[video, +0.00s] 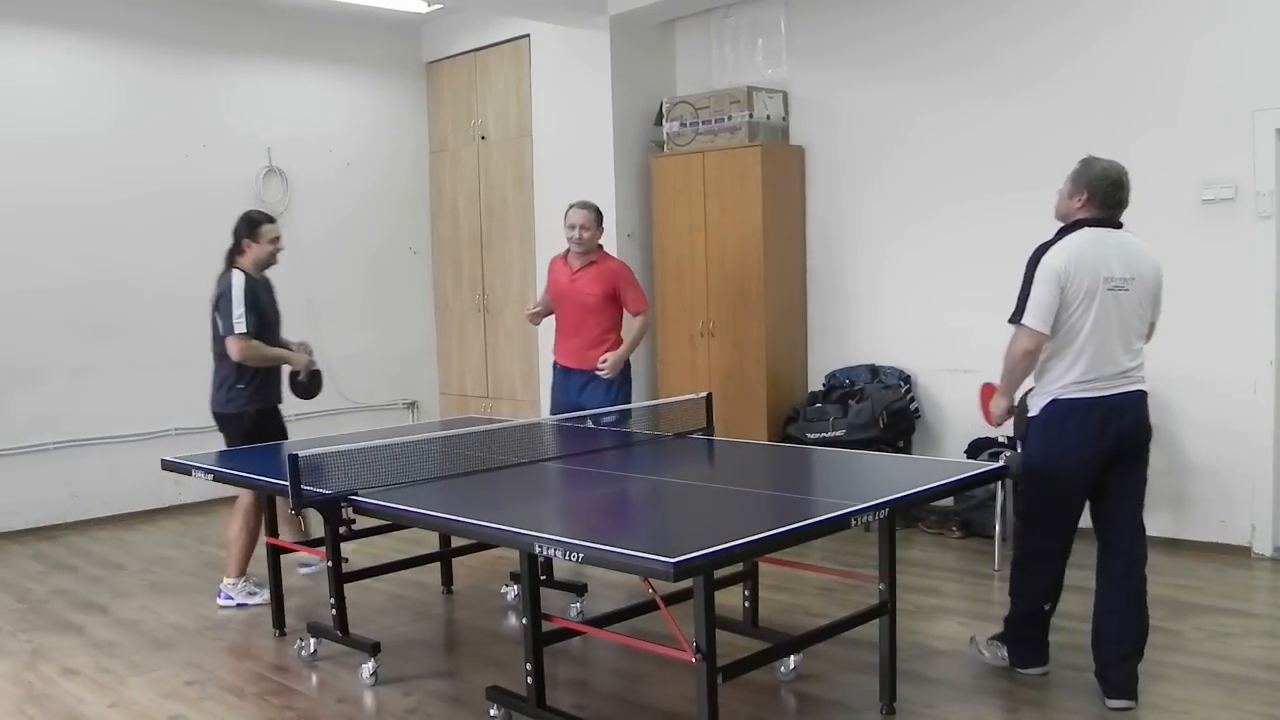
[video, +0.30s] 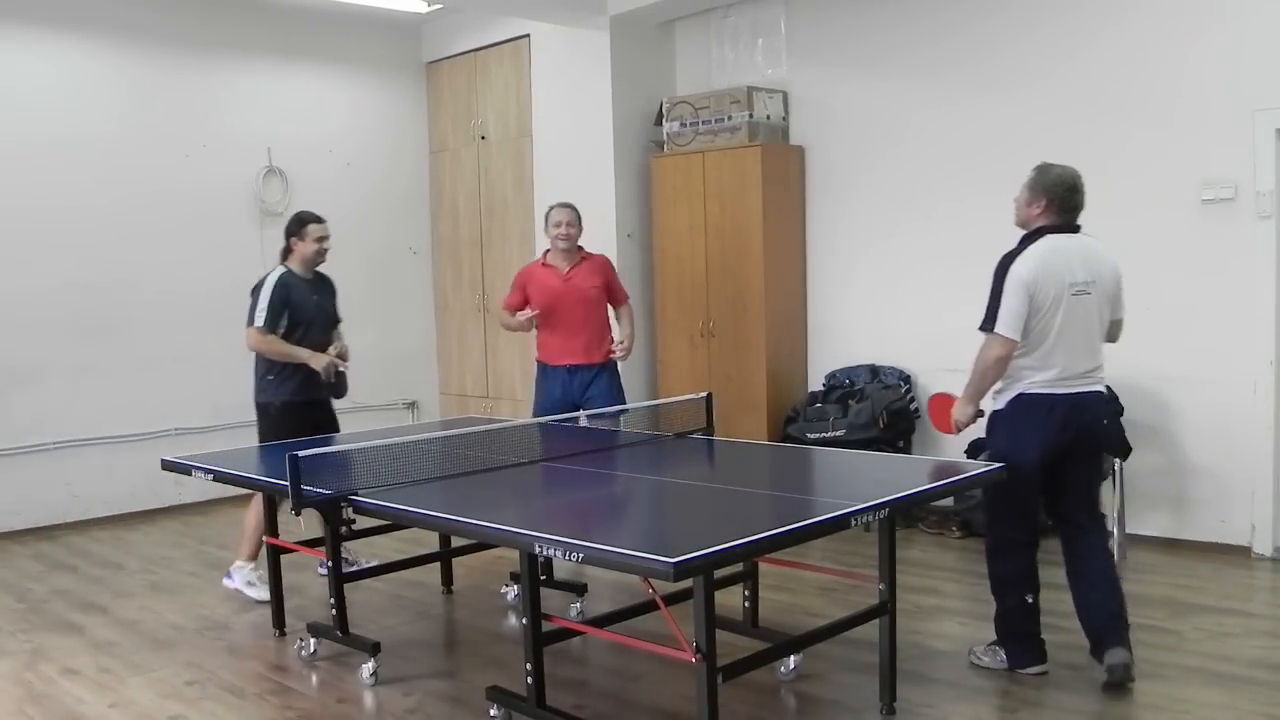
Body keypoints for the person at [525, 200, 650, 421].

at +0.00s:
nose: (577, 235)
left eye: (585, 229)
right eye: (571, 228)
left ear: (599, 232)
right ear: (564, 230)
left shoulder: (616, 270)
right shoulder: (557, 265)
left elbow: (643, 316)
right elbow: (551, 297)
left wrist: (622, 355)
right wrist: (539, 311)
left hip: (606, 377)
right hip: (565, 376)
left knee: (608, 451)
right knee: (566, 451)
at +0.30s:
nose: (564, 231)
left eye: (571, 225)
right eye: (557, 225)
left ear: (580, 231)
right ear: (547, 231)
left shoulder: (600, 266)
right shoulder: (530, 274)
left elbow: (621, 304)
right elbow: (505, 315)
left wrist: (627, 337)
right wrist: (517, 323)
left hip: (599, 375)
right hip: (552, 377)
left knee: (607, 446)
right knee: (552, 446)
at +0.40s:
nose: (556, 231)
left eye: (562, 225)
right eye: (548, 226)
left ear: (571, 230)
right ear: (538, 233)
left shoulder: (594, 264)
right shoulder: (525, 276)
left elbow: (613, 300)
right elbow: (499, 320)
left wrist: (625, 328)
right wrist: (517, 326)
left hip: (598, 373)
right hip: (551, 377)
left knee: (607, 446)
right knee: (552, 446)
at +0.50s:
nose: (553, 230)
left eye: (558, 224)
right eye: (545, 225)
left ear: (567, 228)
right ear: (533, 233)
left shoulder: (590, 261)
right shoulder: (522, 275)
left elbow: (609, 296)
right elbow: (499, 322)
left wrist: (624, 322)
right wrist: (518, 326)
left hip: (597, 370)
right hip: (551, 374)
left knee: (610, 440)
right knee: (550, 446)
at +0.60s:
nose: (555, 228)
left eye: (559, 222)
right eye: (547, 223)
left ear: (565, 226)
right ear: (532, 231)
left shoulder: (586, 260)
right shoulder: (518, 276)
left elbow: (607, 294)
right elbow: (499, 322)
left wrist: (623, 318)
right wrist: (518, 327)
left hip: (597, 368)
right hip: (551, 374)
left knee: (612, 440)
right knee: (551, 446)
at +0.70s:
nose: (556, 227)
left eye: (558, 221)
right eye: (547, 222)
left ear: (564, 225)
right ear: (531, 231)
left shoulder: (585, 259)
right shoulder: (517, 277)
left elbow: (606, 294)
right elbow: (497, 321)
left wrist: (622, 317)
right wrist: (519, 330)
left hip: (598, 366)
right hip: (552, 373)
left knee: (616, 435)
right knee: (552, 442)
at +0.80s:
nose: (555, 227)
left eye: (557, 221)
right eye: (546, 223)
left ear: (562, 225)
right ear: (530, 232)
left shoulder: (585, 258)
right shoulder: (517, 278)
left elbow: (607, 293)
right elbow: (497, 322)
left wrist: (621, 316)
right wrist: (520, 332)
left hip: (600, 365)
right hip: (554, 372)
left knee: (620, 433)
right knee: (554, 441)